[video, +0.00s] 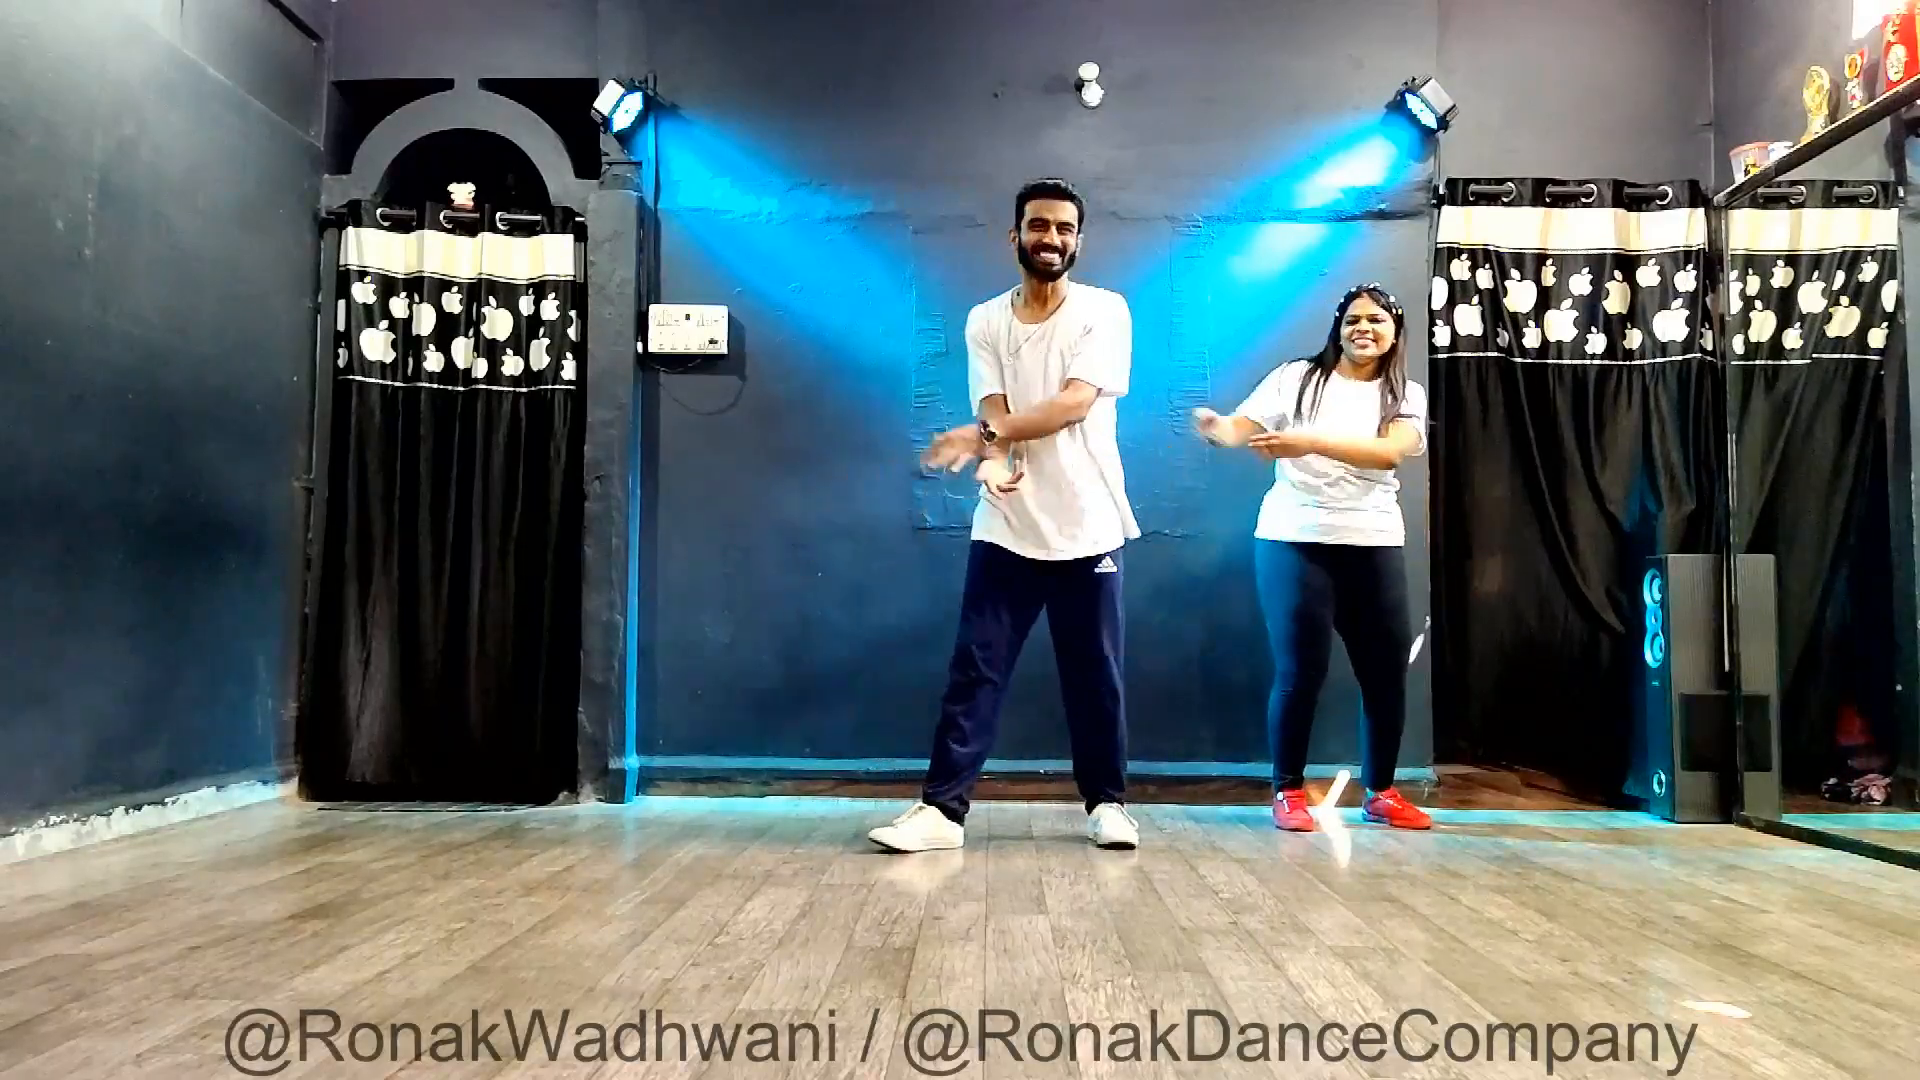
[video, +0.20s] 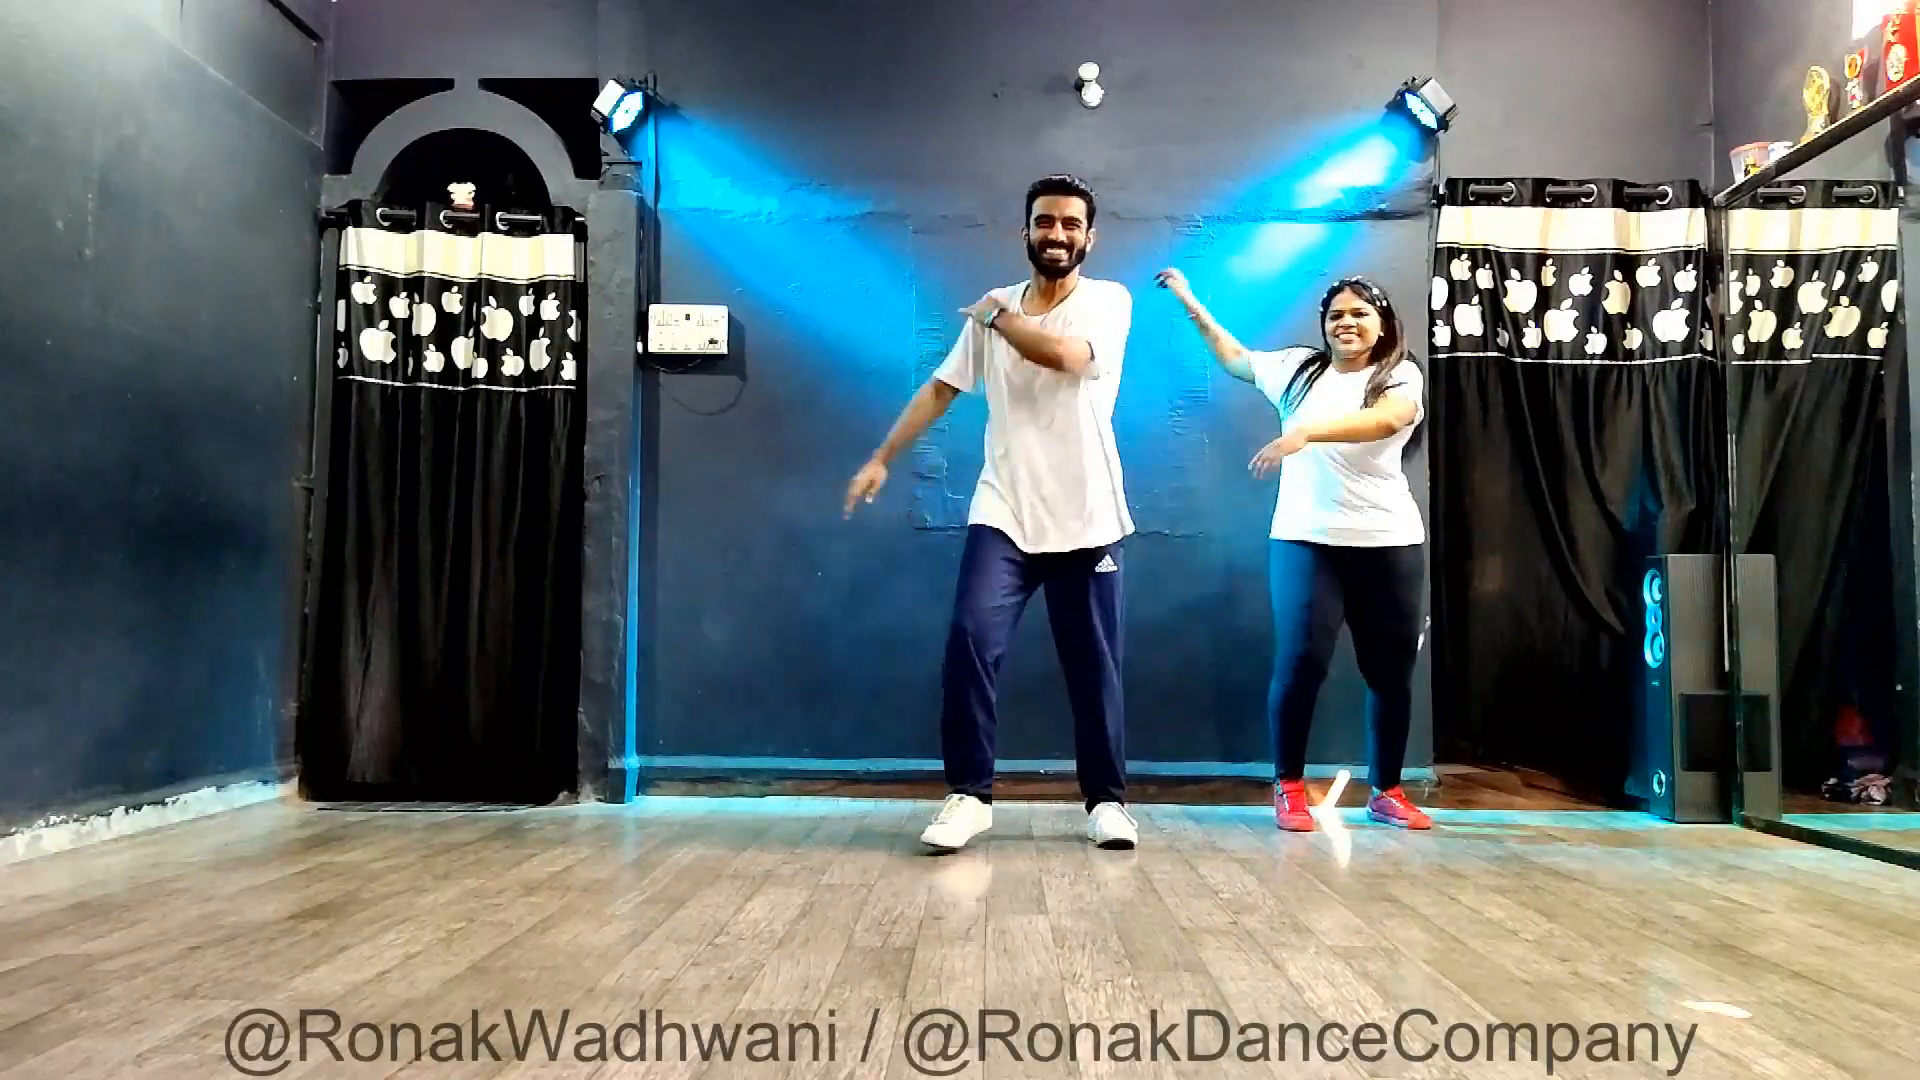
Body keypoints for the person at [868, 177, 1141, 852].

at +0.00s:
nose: (1051, 238)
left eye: (1064, 228)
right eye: (1038, 226)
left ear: (1078, 239)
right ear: (1016, 235)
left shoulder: (1104, 311)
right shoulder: (985, 320)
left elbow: (1074, 405)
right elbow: (994, 409)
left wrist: (980, 434)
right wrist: (997, 456)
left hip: (1086, 523)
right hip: (1007, 522)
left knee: (1095, 673)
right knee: (977, 666)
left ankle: (1107, 804)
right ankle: (944, 810)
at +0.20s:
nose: (1058, 233)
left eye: (1071, 223)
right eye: (1046, 222)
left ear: (1088, 235)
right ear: (1026, 232)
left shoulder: (1107, 299)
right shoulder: (994, 309)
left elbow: (1074, 356)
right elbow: (940, 390)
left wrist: (1005, 318)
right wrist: (881, 459)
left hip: (1085, 509)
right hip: (1006, 505)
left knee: (1094, 661)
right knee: (972, 635)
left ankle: (1107, 801)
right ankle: (970, 795)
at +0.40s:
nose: (992, 248)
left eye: (1005, 235)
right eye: (978, 236)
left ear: (1025, 236)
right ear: (960, 242)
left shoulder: (1052, 270)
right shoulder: (940, 323)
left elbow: (1122, 300)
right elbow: (905, 394)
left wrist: (1056, 372)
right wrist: (871, 454)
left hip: (1077, 508)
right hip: (992, 515)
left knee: (1096, 661)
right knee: (963, 649)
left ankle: (1108, 800)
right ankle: (957, 803)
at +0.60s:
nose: (963, 279)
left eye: (975, 265)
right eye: (949, 265)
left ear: (995, 255)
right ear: (929, 258)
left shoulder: (1036, 308)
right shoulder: (908, 344)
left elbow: (1086, 395)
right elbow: (913, 430)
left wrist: (1129, 483)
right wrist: (915, 503)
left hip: (1053, 495)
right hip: (967, 519)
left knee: (1094, 558)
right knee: (955, 674)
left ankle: (1092, 701)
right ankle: (959, 812)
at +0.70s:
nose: (970, 227)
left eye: (983, 214)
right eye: (957, 214)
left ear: (1002, 214)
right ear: (935, 216)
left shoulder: (1040, 278)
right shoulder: (912, 289)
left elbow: (1072, 374)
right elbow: (916, 349)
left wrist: (1092, 455)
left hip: (1042, 462)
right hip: (966, 486)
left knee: (1089, 483)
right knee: (968, 658)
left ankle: (1068, 643)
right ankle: (961, 804)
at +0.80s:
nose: (989, 170)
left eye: (1003, 159)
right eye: (976, 158)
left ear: (1022, 173)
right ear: (956, 170)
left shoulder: (1047, 249)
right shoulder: (926, 249)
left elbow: (1058, 346)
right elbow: (934, 274)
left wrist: (1074, 428)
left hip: (1037, 440)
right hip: (961, 454)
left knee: (1092, 433)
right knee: (953, 630)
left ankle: (1038, 583)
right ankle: (966, 776)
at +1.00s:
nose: (1016, 193)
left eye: (1030, 184)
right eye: (1003, 184)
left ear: (1045, 205)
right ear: (982, 200)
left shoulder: (1065, 283)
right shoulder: (953, 269)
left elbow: (1068, 389)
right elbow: (942, 225)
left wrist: (1059, 467)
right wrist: (1002, 151)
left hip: (1042, 477)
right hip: (959, 488)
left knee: (1098, 531)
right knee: (953, 664)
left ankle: (1041, 713)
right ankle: (947, 819)